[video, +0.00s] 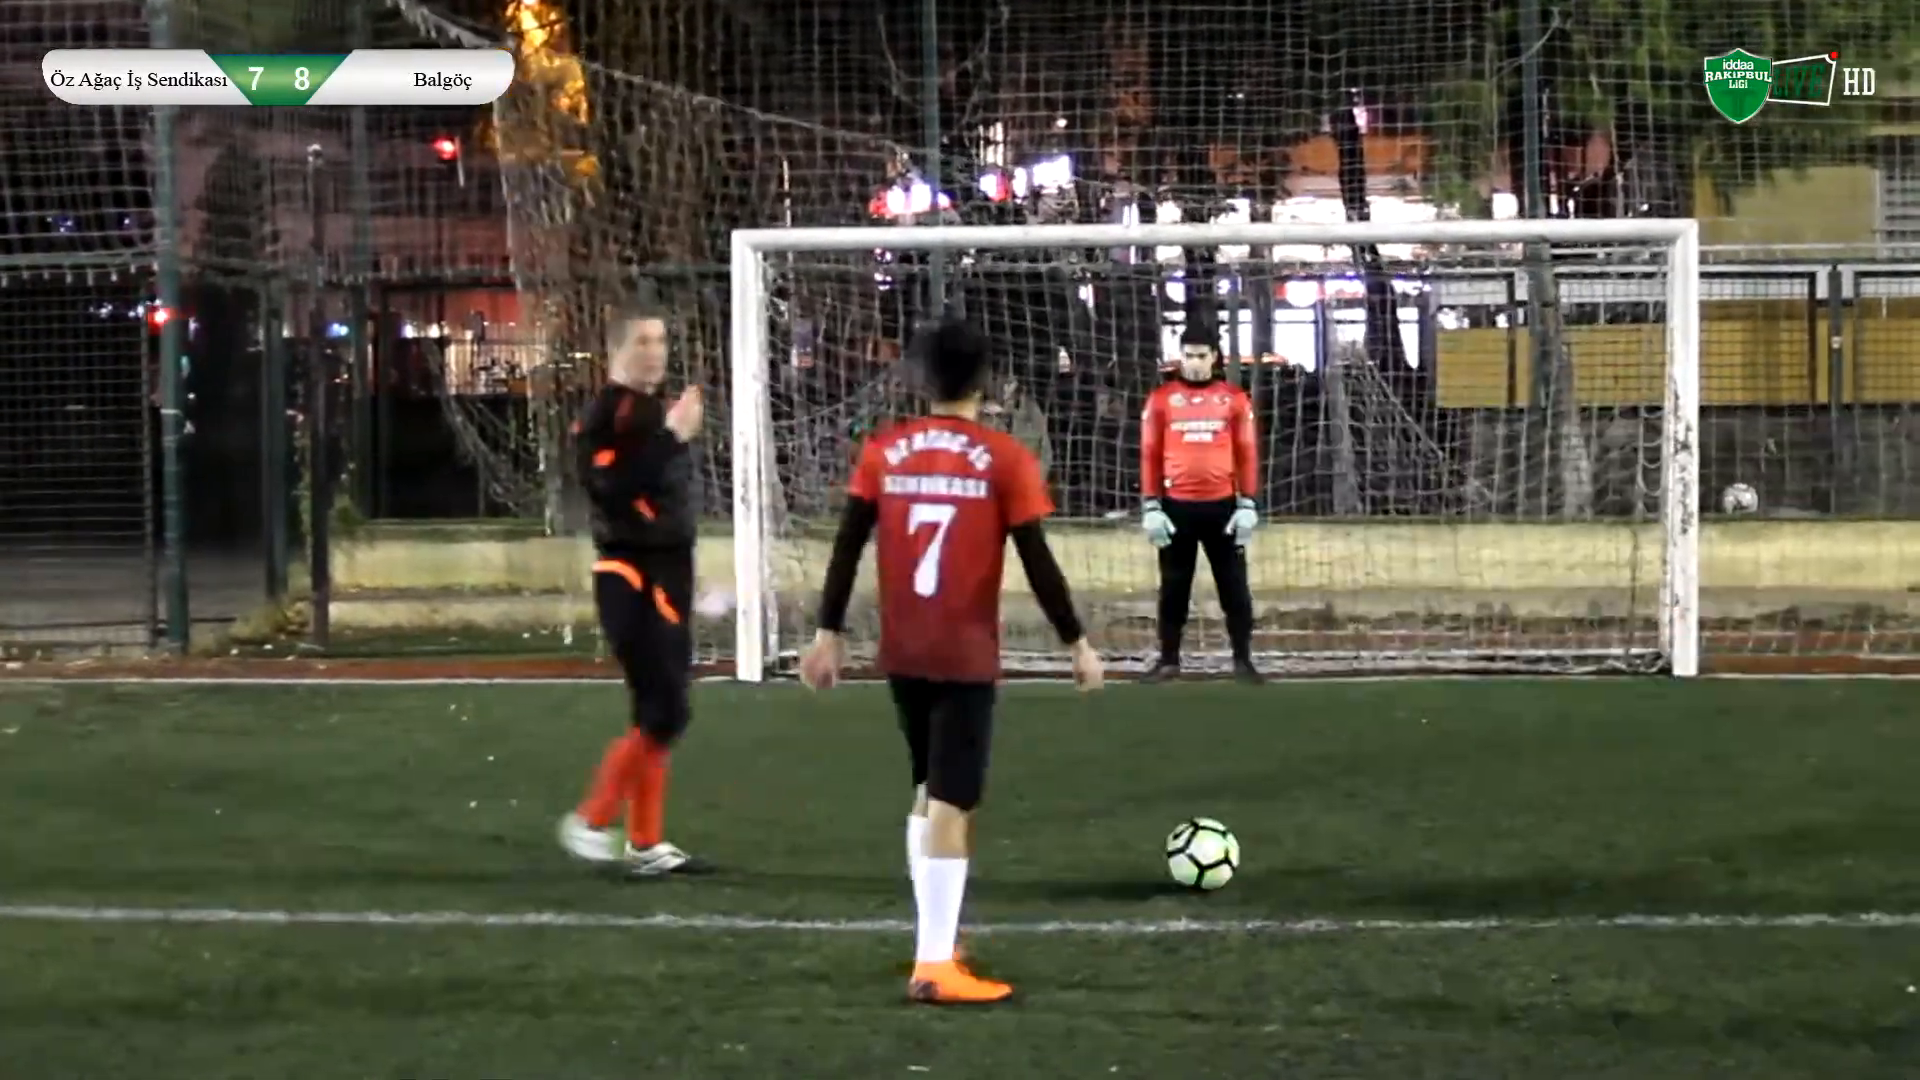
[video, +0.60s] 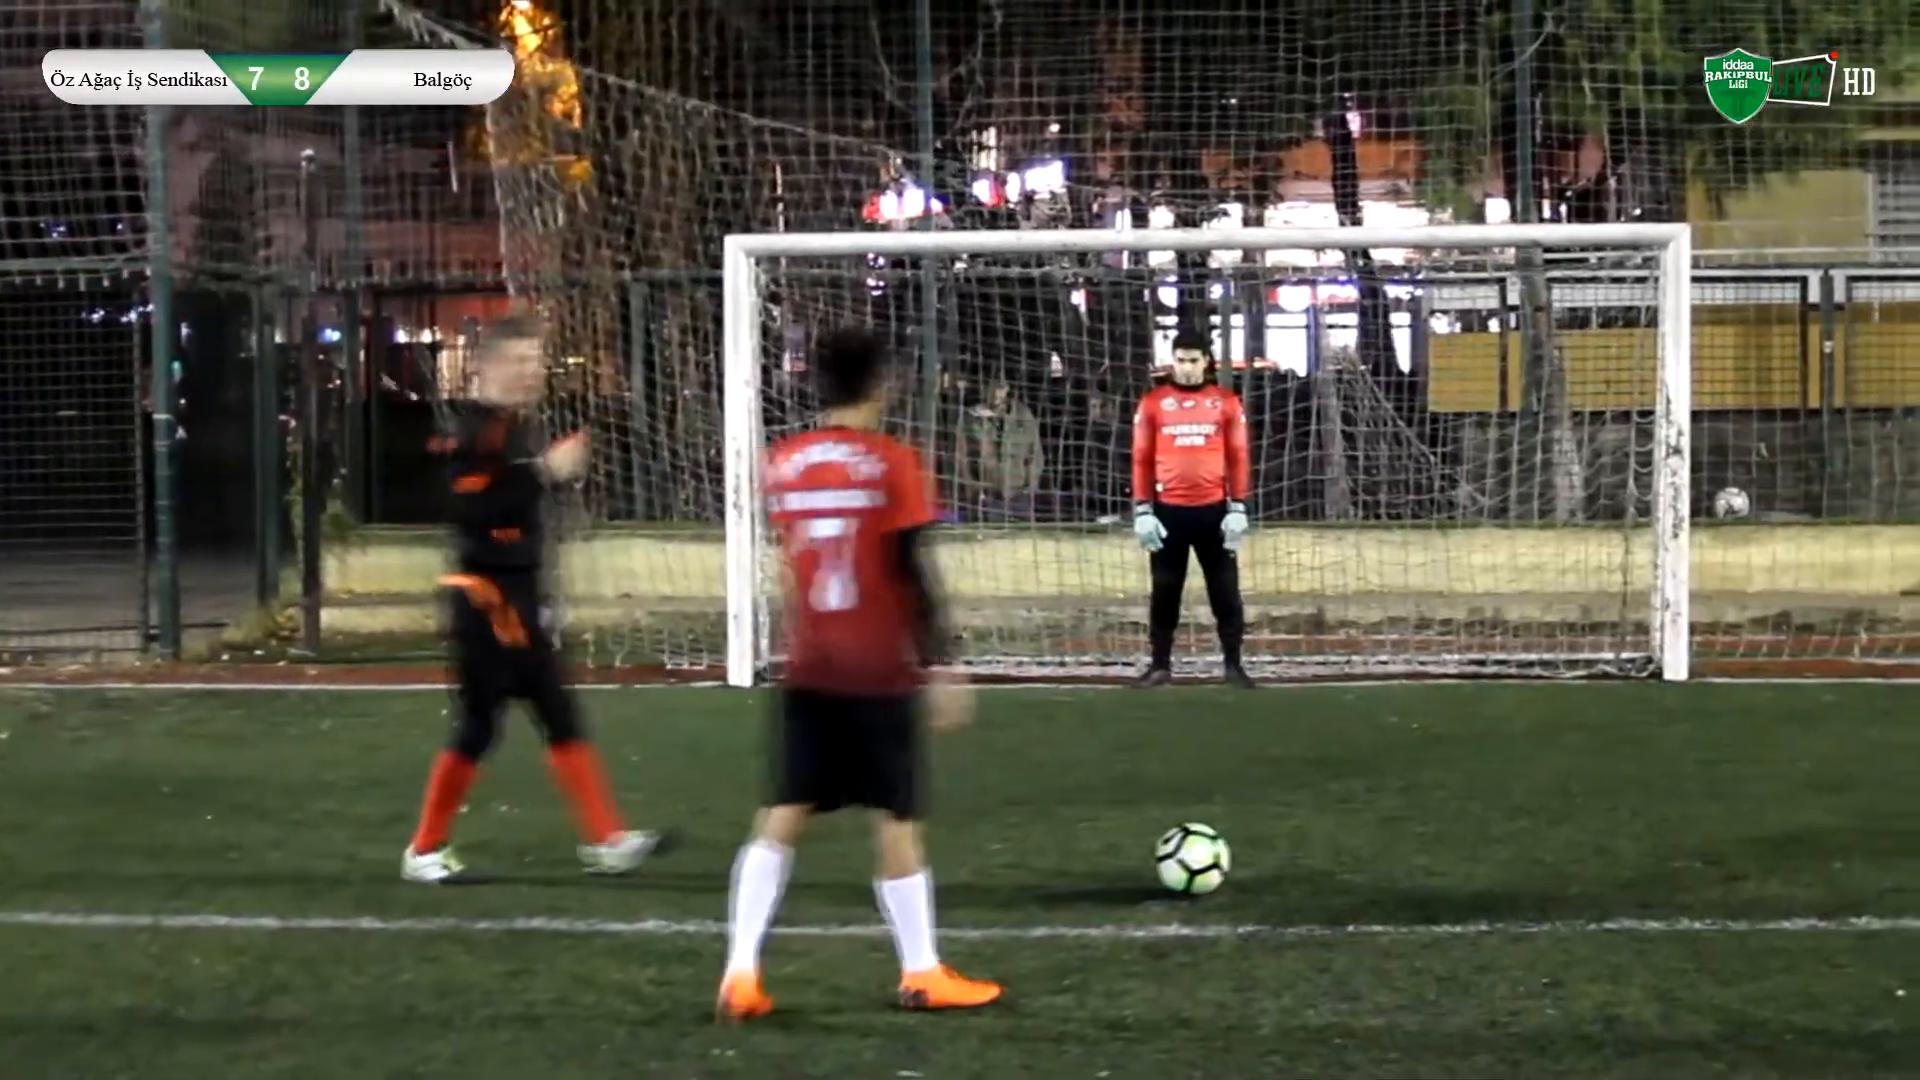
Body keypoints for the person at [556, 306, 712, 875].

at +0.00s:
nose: (657, 352)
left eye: (661, 341)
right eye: (645, 342)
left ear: (666, 349)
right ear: (620, 352)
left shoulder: (657, 412)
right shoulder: (609, 412)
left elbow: (678, 493)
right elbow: (616, 487)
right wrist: (673, 436)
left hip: (665, 570)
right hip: (629, 570)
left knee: (662, 711)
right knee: (662, 708)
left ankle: (645, 842)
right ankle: (590, 820)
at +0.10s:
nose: (635, 358)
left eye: (641, 347)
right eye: (623, 348)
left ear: (647, 355)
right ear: (595, 356)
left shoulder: (636, 416)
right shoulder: (582, 416)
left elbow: (652, 504)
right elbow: (585, 489)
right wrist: (652, 443)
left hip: (647, 575)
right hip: (607, 576)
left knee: (649, 710)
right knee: (629, 709)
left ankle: (645, 843)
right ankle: (524, 812)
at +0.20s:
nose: (619, 362)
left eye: (622, 350)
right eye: (607, 351)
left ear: (623, 360)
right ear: (578, 360)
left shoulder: (617, 417)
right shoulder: (569, 417)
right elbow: (570, 491)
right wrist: (632, 443)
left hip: (622, 575)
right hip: (588, 577)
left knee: (639, 708)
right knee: (586, 715)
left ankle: (645, 845)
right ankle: (486, 808)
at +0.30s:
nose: (597, 366)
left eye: (603, 355)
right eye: (585, 355)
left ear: (609, 361)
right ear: (559, 358)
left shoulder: (595, 418)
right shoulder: (545, 421)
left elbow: (599, 499)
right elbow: (545, 499)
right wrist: (612, 450)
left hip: (606, 580)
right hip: (565, 581)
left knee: (631, 709)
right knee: (555, 724)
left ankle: (644, 845)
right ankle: (458, 821)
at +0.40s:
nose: (581, 367)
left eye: (583, 356)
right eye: (568, 357)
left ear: (581, 364)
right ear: (538, 364)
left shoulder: (569, 428)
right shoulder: (522, 428)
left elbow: (561, 496)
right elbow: (517, 493)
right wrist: (589, 456)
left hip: (576, 588)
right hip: (539, 589)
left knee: (613, 714)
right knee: (522, 723)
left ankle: (638, 843)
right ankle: (444, 832)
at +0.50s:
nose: (550, 371)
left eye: (555, 360)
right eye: (538, 360)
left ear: (557, 366)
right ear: (508, 366)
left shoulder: (544, 428)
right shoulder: (497, 428)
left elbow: (540, 502)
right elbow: (493, 501)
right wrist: (570, 465)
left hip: (549, 586)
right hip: (510, 587)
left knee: (585, 712)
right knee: (497, 726)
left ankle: (628, 842)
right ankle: (432, 844)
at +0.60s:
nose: (528, 374)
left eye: (533, 362)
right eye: (516, 363)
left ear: (538, 370)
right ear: (487, 367)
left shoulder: (516, 431)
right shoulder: (479, 431)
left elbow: (506, 503)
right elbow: (471, 501)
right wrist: (541, 470)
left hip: (510, 592)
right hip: (485, 593)